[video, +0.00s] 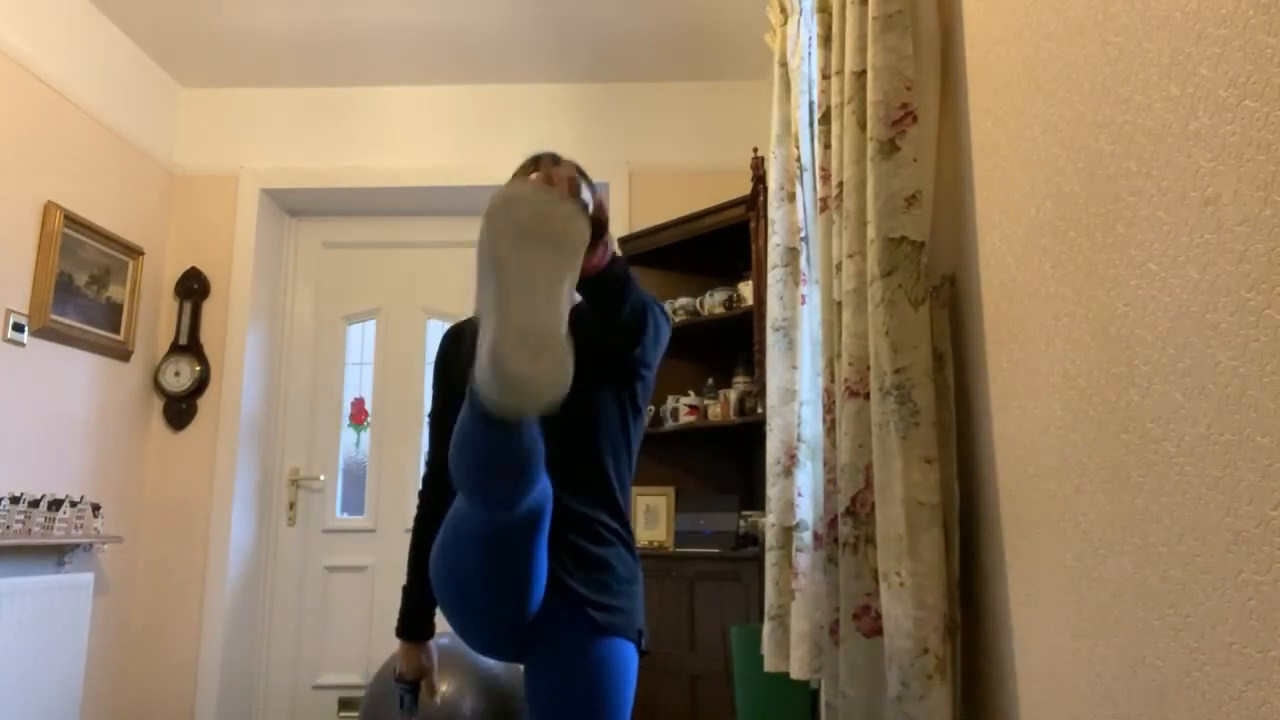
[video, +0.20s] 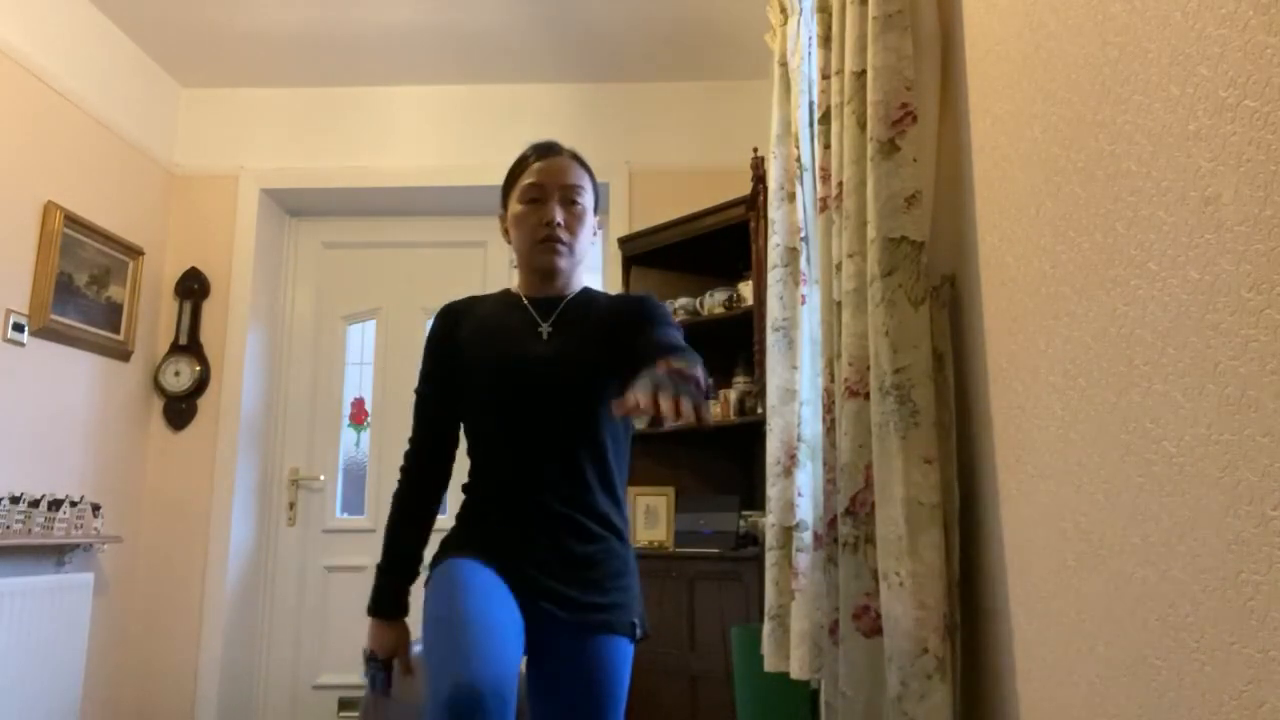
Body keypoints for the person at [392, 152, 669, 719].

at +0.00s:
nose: (546, 220)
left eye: (563, 206)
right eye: (530, 206)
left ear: (593, 228)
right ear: (505, 222)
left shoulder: (631, 323)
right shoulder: (465, 340)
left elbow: (632, 325)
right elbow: (438, 487)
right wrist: (414, 630)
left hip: (593, 598)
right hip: (484, 600)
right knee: (497, 501)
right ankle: (507, 392)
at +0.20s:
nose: (553, 215)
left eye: (572, 202)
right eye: (533, 199)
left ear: (596, 229)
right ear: (505, 226)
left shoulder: (630, 316)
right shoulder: (461, 324)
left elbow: (673, 353)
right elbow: (425, 469)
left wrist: (672, 373)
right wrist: (387, 605)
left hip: (592, 572)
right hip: (482, 557)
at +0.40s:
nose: (540, 229)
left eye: (557, 216)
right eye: (520, 211)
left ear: (575, 239)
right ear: (489, 231)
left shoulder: (610, 344)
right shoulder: (433, 327)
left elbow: (654, 472)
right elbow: (378, 465)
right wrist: (320, 599)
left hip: (569, 627)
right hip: (446, 621)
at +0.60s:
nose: (522, 220)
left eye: (541, 211)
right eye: (504, 204)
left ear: (558, 241)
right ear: (473, 225)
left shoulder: (590, 348)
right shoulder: (415, 314)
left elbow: (589, 483)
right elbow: (358, 409)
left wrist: (579, 588)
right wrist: (303, 514)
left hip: (535, 575)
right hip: (422, 578)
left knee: (522, 706)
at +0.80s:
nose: (520, 224)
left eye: (538, 214)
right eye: (500, 207)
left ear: (549, 241)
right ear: (462, 229)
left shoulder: (578, 354)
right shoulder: (421, 330)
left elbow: (565, 491)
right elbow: (383, 355)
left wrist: (520, 631)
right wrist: (401, 314)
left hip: (524, 590)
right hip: (419, 596)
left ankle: (474, 506)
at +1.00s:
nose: (521, 220)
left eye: (538, 211)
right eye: (500, 204)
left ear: (549, 238)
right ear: (461, 227)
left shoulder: (575, 352)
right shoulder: (422, 322)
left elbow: (573, 478)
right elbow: (385, 348)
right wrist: (401, 335)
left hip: (533, 600)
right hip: (426, 596)